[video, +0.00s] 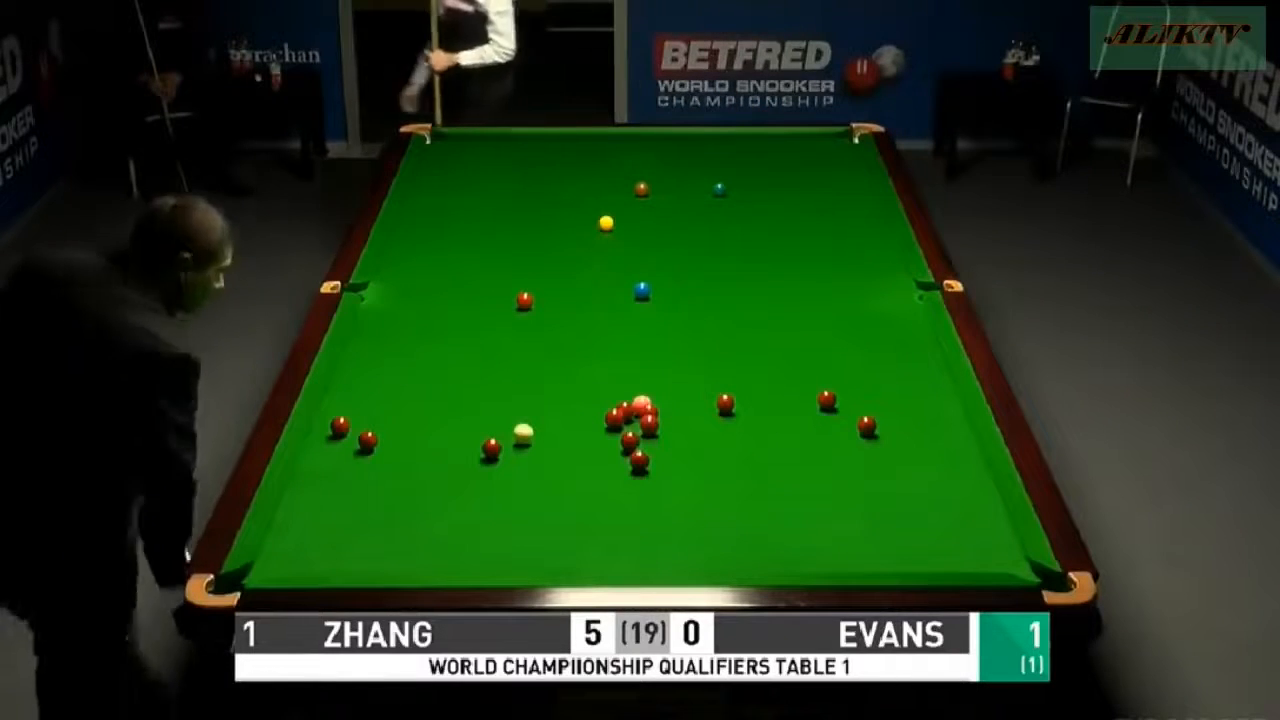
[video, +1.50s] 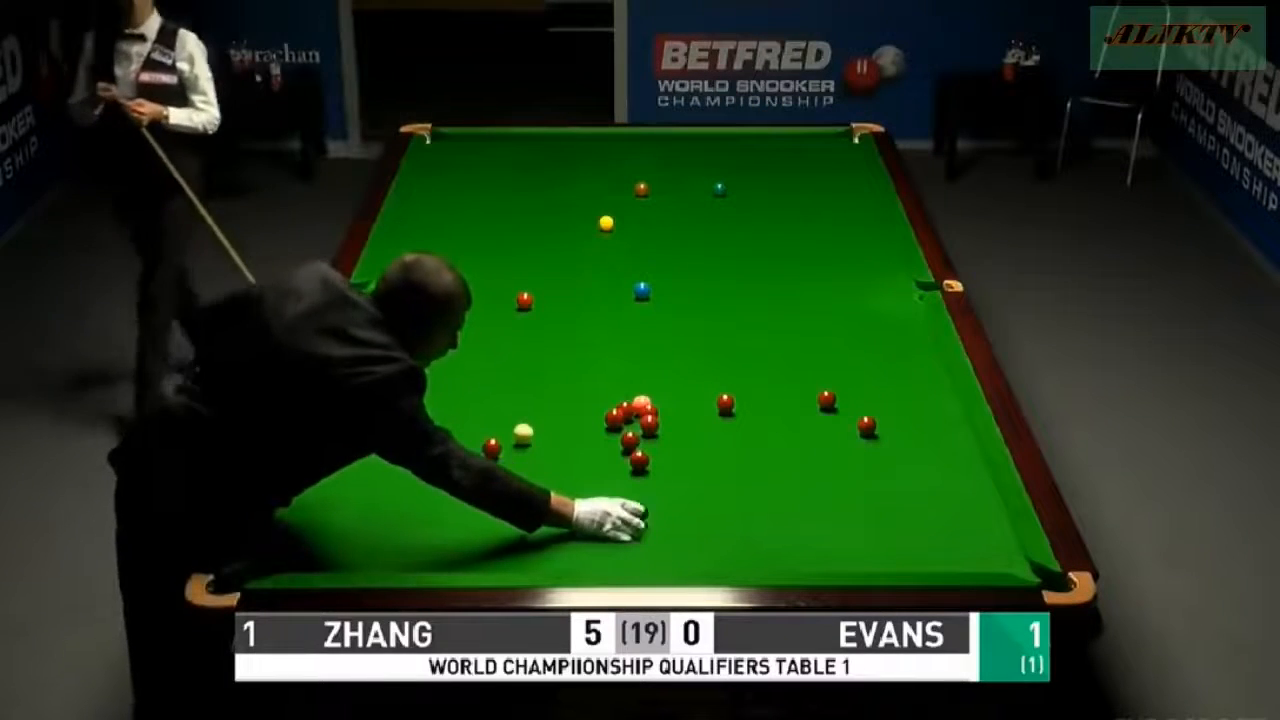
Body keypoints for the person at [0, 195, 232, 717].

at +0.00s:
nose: (223, 282)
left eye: (224, 271)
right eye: (218, 272)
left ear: (138, 245)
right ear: (181, 271)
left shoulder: (43, 273)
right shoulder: (161, 362)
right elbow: (169, 485)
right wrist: (171, 568)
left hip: (3, 512)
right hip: (82, 548)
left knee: (58, 660)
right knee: (100, 674)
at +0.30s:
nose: (269, 243)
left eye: (270, 231)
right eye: (262, 231)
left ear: (213, 222)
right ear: (224, 227)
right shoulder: (164, 279)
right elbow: (191, 371)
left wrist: (232, 429)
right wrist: (261, 426)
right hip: (132, 510)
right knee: (156, 667)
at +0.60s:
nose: (335, 250)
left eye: (336, 239)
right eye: (329, 239)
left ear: (267, 224)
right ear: (291, 238)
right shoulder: (237, 293)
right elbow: (301, 373)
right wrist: (422, 410)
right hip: (154, 508)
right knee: (171, 666)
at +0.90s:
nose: (426, 312)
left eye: (427, 299)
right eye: (422, 300)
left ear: (355, 268)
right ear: (392, 303)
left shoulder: (281, 271)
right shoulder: (357, 364)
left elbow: (201, 327)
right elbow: (429, 443)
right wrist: (543, 491)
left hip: (142, 470)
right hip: (205, 507)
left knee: (161, 649)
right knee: (205, 657)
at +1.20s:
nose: (460, 348)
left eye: (462, 334)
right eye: (458, 336)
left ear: (393, 294)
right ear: (430, 333)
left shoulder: (314, 286)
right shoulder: (387, 389)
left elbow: (226, 320)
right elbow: (465, 468)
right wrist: (579, 508)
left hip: (153, 458)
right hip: (202, 498)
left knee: (160, 649)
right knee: (196, 658)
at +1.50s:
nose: (455, 343)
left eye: (457, 330)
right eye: (453, 331)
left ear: (387, 288)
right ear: (426, 329)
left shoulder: (311, 282)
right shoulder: (383, 386)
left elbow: (205, 320)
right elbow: (457, 469)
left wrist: (255, 391)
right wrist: (568, 510)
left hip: (153, 461)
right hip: (203, 504)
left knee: (161, 653)